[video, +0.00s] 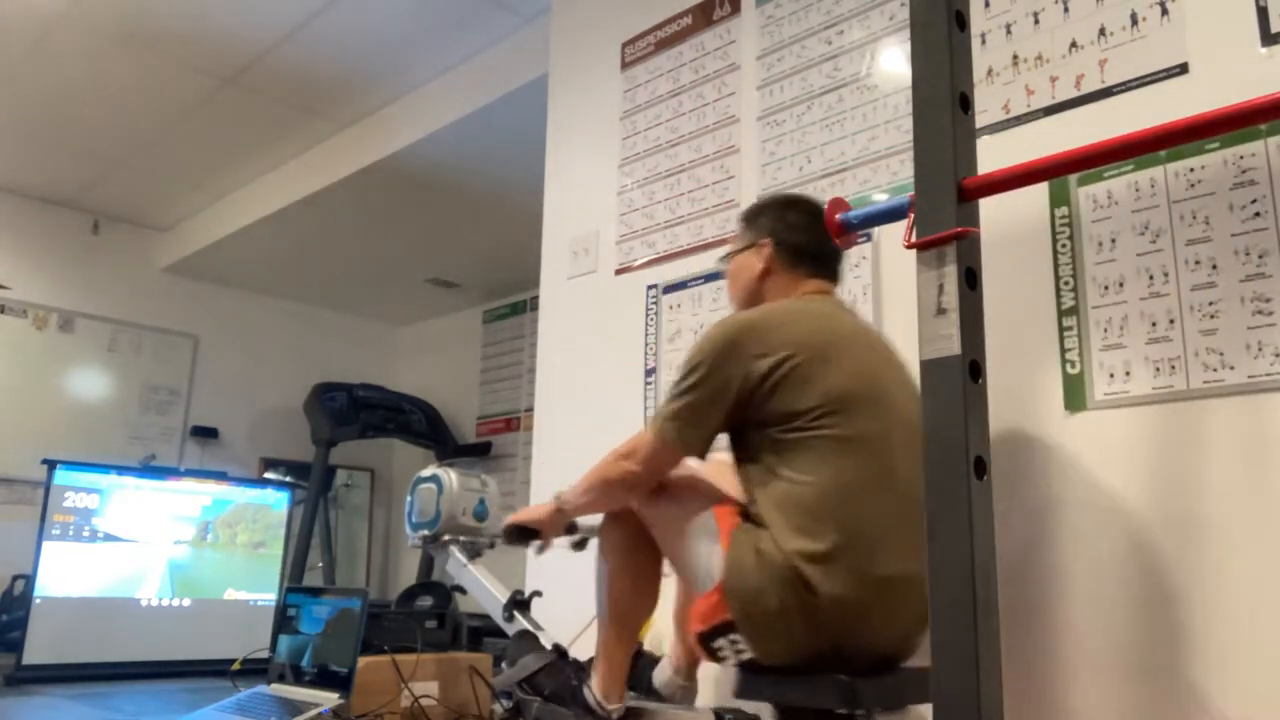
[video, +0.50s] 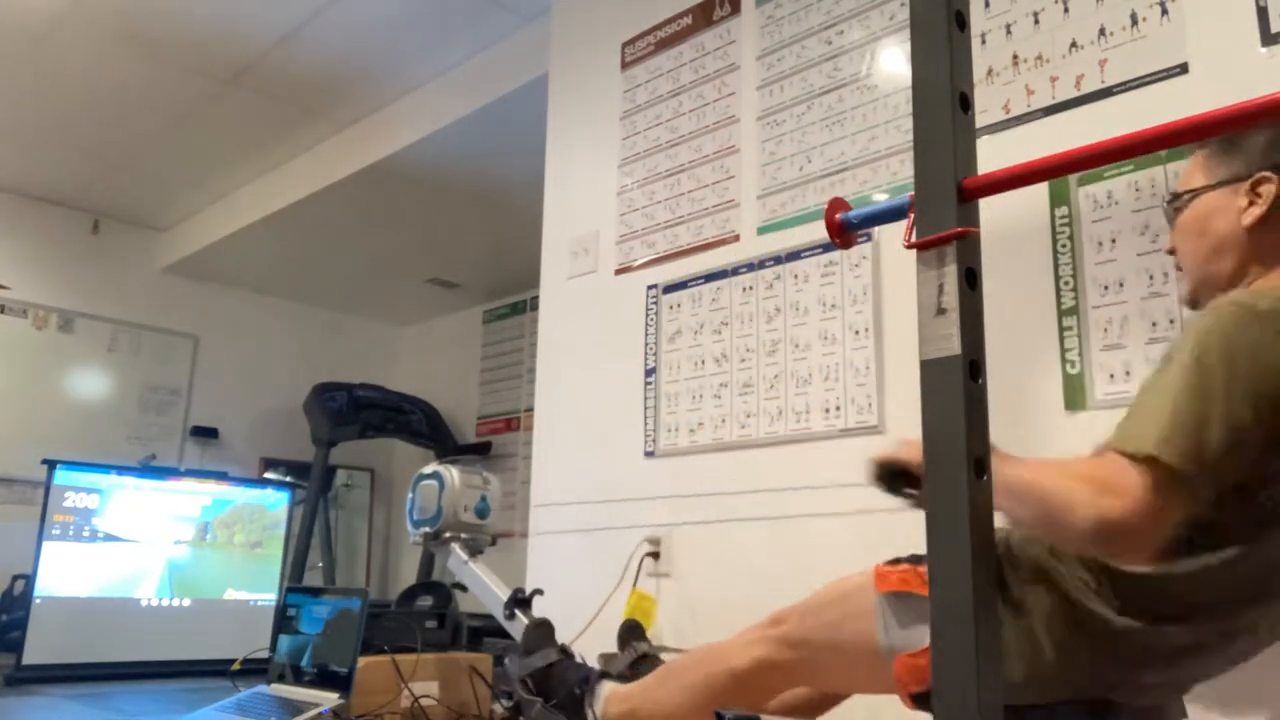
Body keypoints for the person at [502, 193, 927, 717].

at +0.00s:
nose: (725, 275)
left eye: (730, 258)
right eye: (725, 261)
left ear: (764, 255)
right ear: (824, 265)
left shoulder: (746, 334)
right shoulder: (871, 343)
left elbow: (637, 469)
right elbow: (782, 494)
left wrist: (561, 508)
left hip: (794, 626)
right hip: (892, 632)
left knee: (633, 492)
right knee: (711, 476)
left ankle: (606, 692)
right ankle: (679, 671)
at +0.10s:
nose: (804, 254)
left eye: (810, 235)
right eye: (805, 237)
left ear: (843, 235)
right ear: (904, 237)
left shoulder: (842, 318)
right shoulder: (959, 314)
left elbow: (714, 457)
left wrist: (617, 492)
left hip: (869, 616)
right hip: (969, 617)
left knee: (669, 512)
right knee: (747, 516)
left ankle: (605, 697)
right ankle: (680, 685)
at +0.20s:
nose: (925, 227)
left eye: (936, 205)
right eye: (927, 204)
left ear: (975, 210)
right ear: (1030, 214)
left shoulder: (969, 295)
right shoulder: (1066, 307)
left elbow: (803, 417)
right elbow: (916, 457)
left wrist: (685, 447)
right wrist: (803, 477)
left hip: (961, 628)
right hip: (1044, 627)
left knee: (712, 535)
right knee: (801, 540)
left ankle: (606, 701)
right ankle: (682, 692)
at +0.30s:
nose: (1029, 199)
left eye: (1044, 176)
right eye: (1034, 178)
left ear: (1099, 180)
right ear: (1134, 187)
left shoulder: (1080, 294)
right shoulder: (1186, 299)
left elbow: (899, 419)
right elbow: (1014, 448)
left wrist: (766, 440)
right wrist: (874, 476)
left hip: (1023, 621)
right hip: (1094, 622)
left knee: (755, 585)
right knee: (807, 603)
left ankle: (611, 706)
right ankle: (675, 700)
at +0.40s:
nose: (1125, 224)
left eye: (1137, 195)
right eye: (1126, 201)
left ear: (1206, 185)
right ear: (1219, 190)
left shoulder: (1190, 305)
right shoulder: (1267, 314)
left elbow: (1013, 452)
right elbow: (1046, 472)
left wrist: (861, 448)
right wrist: (892, 454)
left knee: (771, 651)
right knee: (800, 679)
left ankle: (604, 710)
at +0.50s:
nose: (1169, 235)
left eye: (1182, 205)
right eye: (1172, 210)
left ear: (1258, 201)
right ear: (1259, 206)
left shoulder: (1246, 323)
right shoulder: (1258, 331)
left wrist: (962, 465)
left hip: (1037, 629)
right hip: (1127, 664)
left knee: (781, 646)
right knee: (838, 656)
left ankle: (605, 706)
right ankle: (649, 698)